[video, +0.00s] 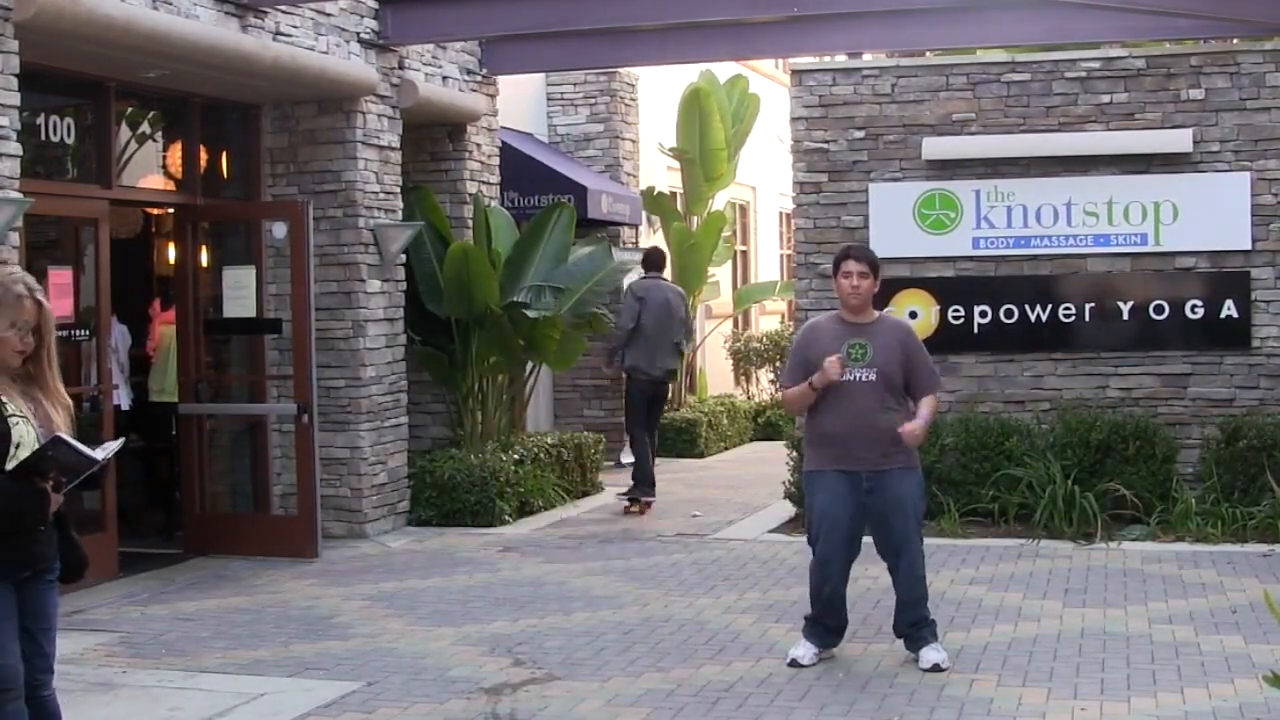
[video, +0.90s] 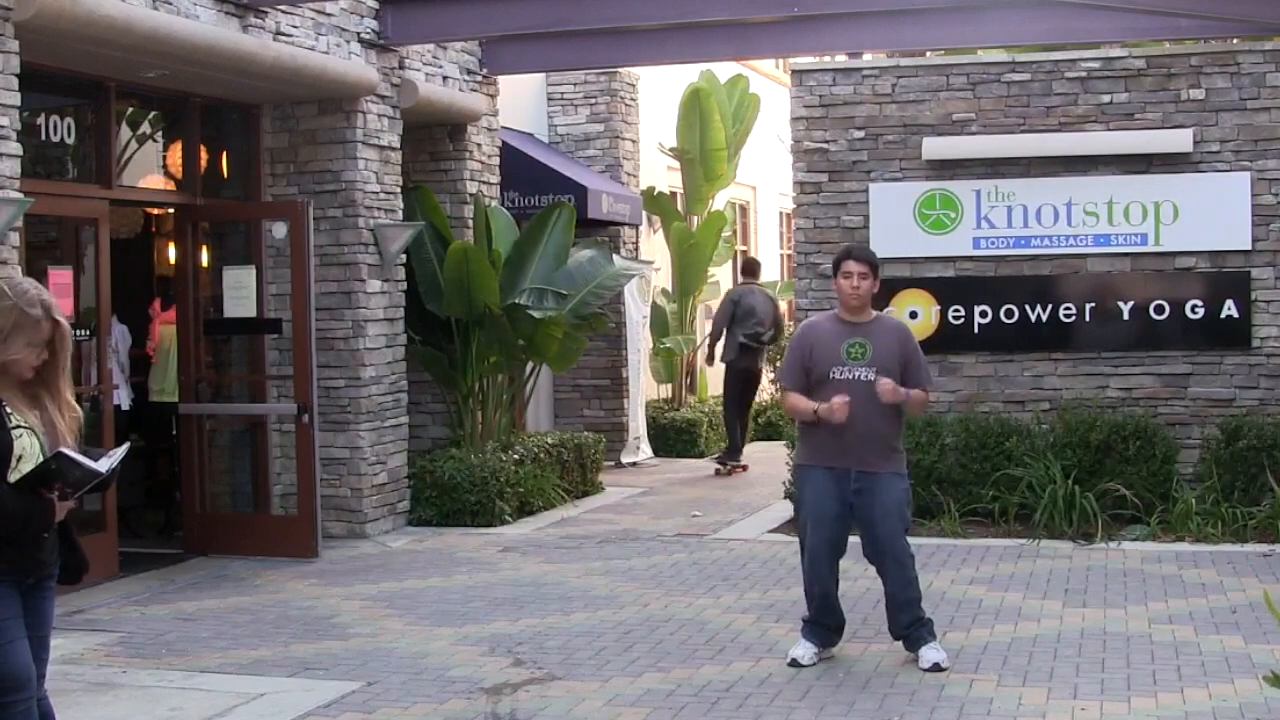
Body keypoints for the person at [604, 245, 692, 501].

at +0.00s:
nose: (643, 268)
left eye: (643, 263)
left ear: (643, 265)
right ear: (664, 266)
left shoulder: (636, 289)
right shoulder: (677, 293)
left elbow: (625, 324)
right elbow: (686, 330)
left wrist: (613, 352)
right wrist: (676, 349)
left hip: (639, 369)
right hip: (665, 371)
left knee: (637, 428)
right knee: (650, 428)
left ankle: (644, 488)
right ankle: (642, 484)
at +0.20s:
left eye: (669, 264)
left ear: (666, 267)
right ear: (685, 272)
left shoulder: (654, 290)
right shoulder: (693, 297)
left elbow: (643, 325)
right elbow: (699, 333)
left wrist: (633, 351)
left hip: (653, 369)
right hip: (677, 372)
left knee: (650, 424)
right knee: (664, 425)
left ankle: (656, 479)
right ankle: (657, 476)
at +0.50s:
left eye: (699, 266)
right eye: (709, 268)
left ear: (695, 268)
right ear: (714, 271)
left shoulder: (685, 291)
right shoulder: (721, 297)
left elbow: (673, 323)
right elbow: (725, 333)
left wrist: (664, 348)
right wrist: (709, 344)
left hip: (684, 363)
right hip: (706, 366)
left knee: (682, 414)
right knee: (696, 415)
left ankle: (688, 465)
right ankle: (689, 463)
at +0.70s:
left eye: (719, 267)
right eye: (729, 268)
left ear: (716, 270)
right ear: (733, 271)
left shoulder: (707, 293)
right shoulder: (743, 296)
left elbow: (696, 325)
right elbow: (751, 330)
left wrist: (686, 350)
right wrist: (740, 347)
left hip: (710, 360)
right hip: (731, 362)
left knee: (707, 409)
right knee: (719, 412)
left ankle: (710, 461)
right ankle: (710, 458)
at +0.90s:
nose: (743, 275)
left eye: (741, 271)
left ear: (741, 272)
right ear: (759, 274)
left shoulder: (735, 294)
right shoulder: (769, 297)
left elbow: (719, 324)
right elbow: (778, 330)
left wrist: (711, 349)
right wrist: (764, 343)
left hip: (736, 361)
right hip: (755, 363)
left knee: (730, 407)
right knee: (745, 409)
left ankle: (733, 453)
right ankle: (736, 452)